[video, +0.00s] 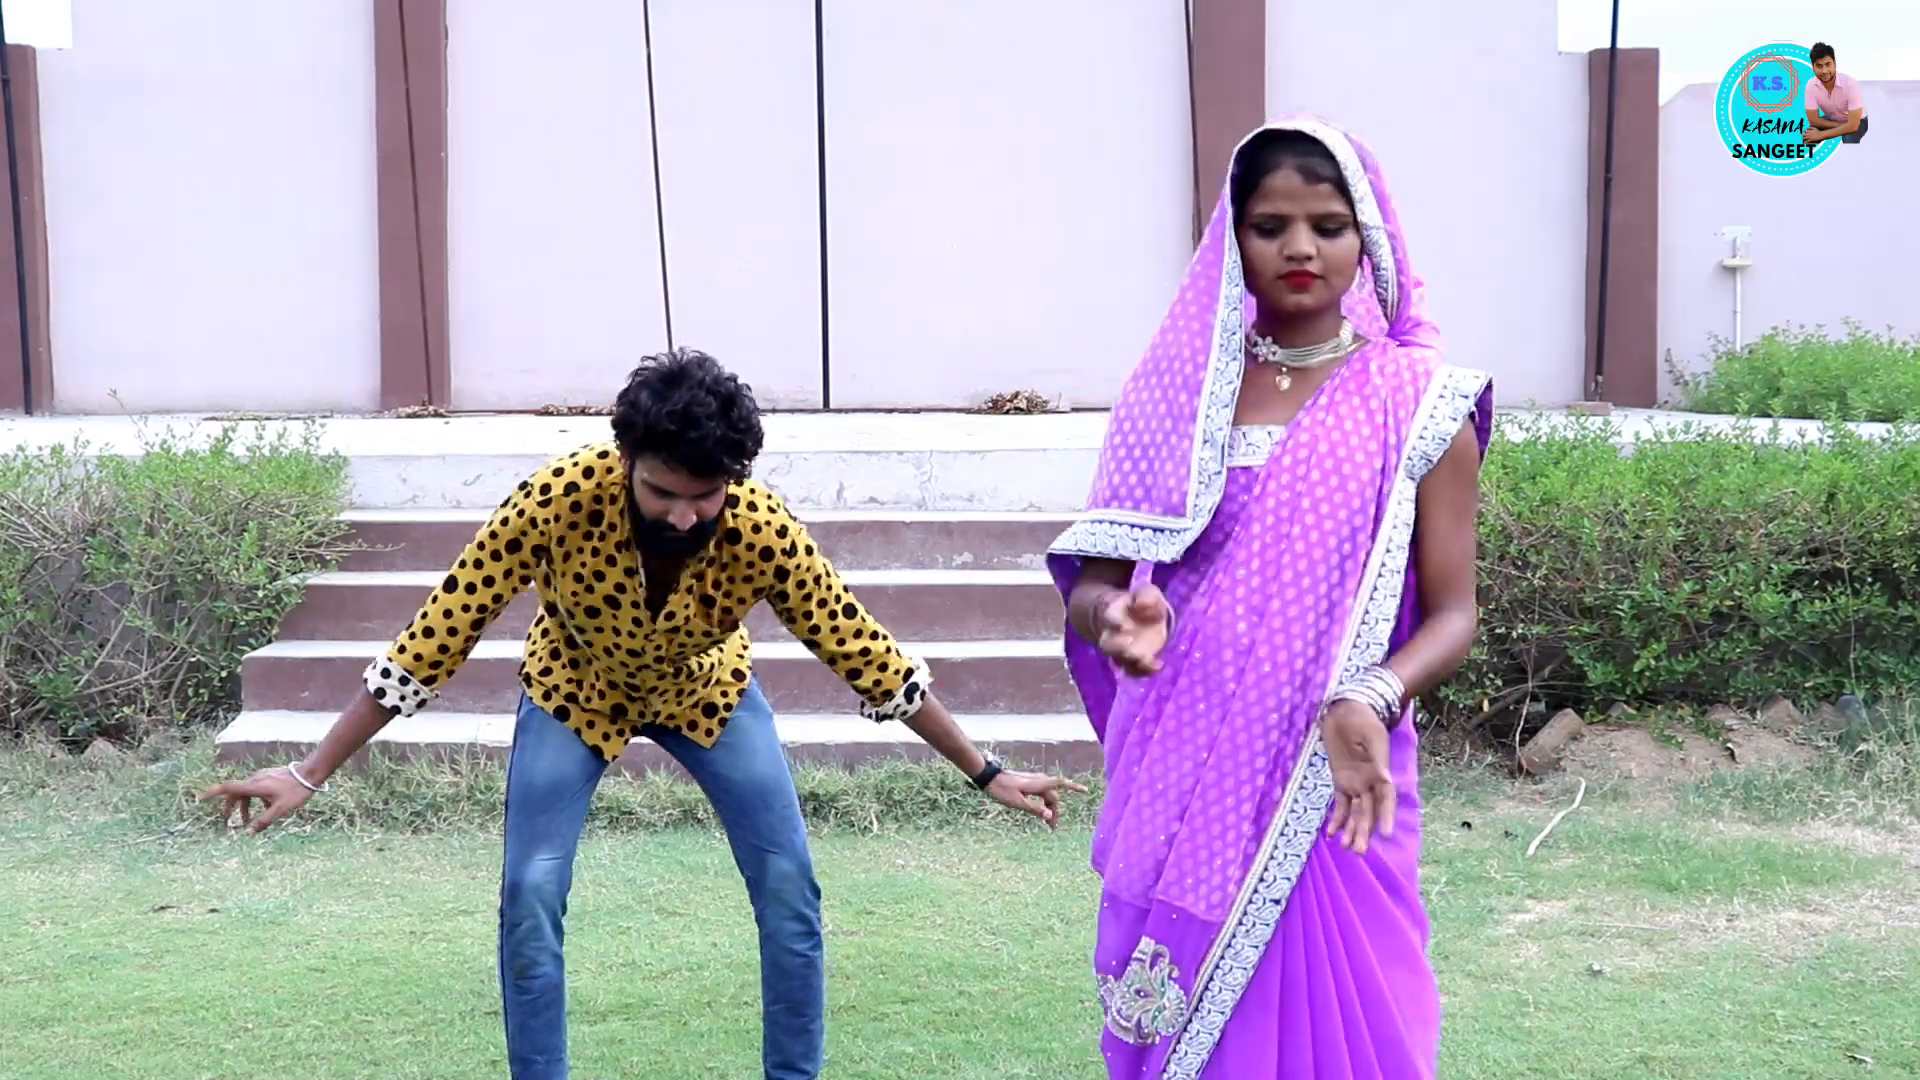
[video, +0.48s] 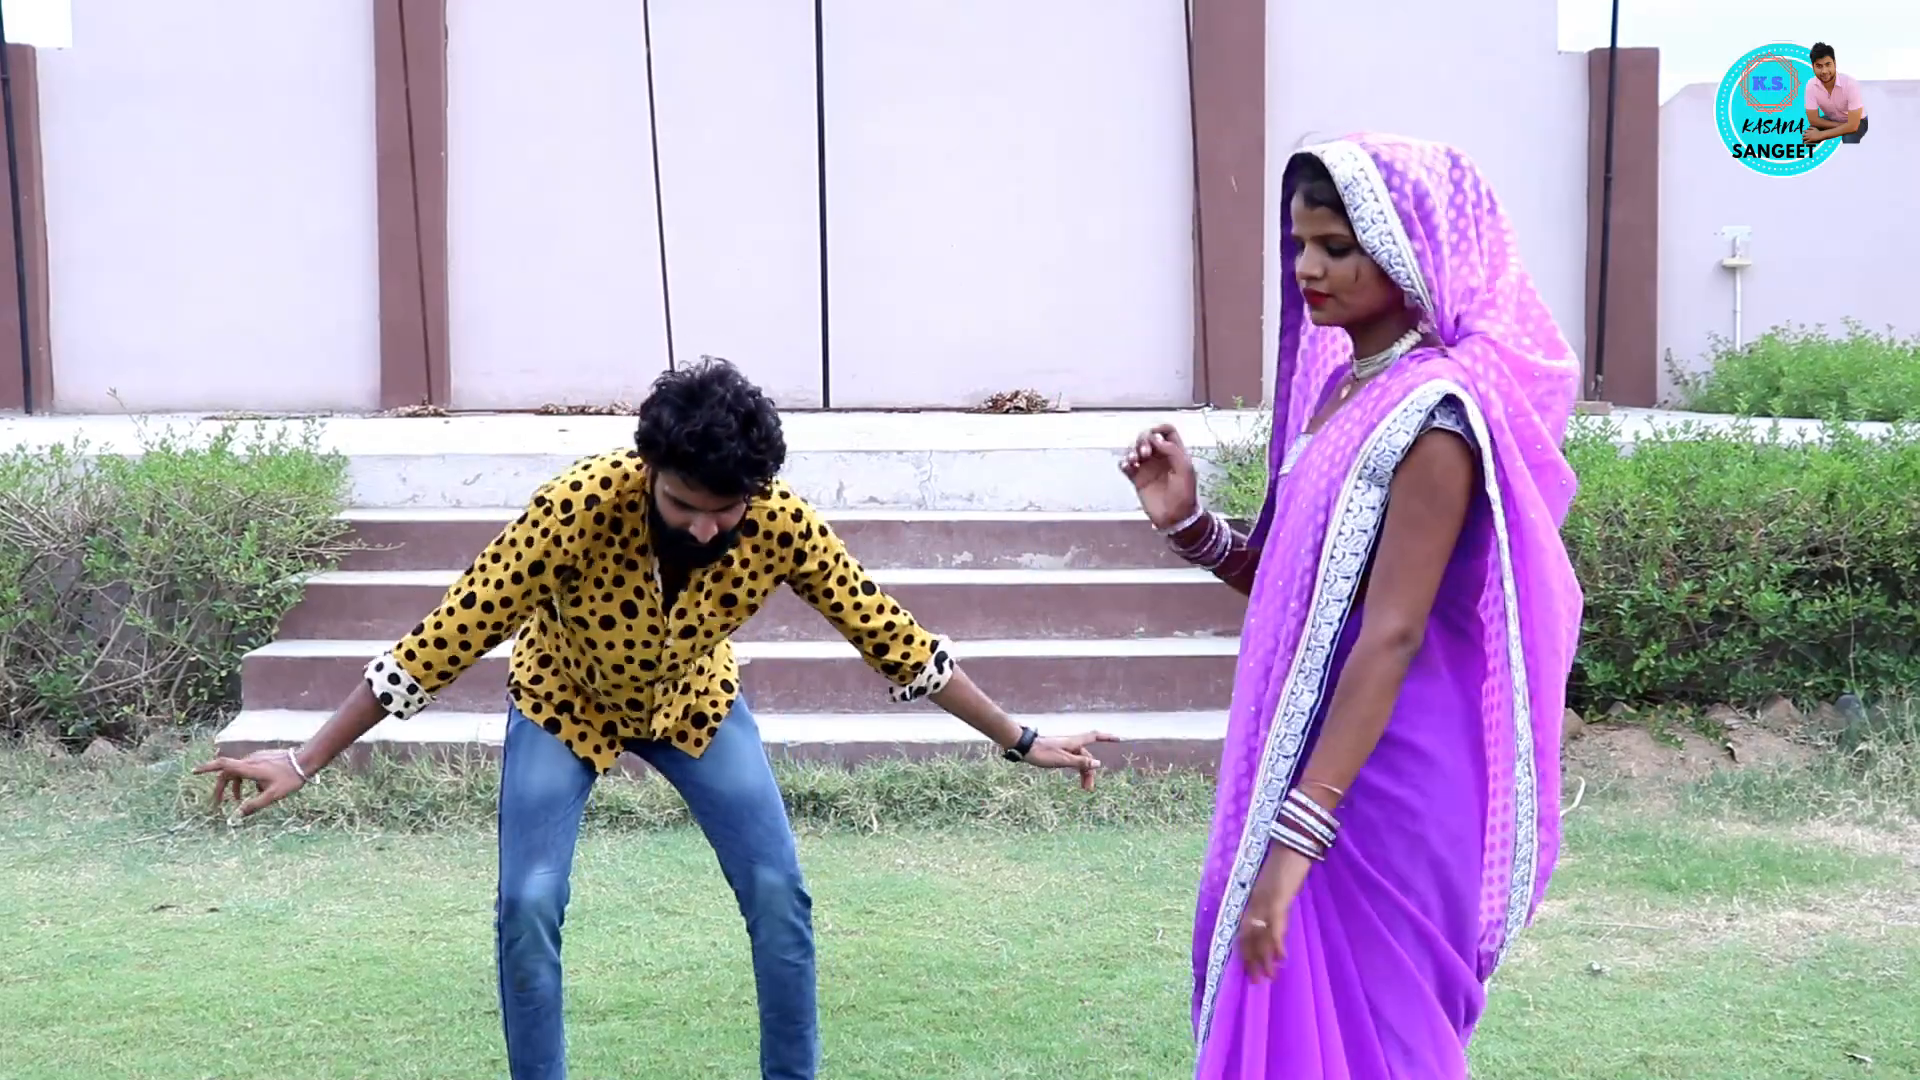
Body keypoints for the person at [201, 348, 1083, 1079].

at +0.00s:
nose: (687, 512)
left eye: (707, 494)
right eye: (666, 490)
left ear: (735, 473)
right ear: (626, 458)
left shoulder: (760, 525)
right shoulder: (562, 499)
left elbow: (864, 651)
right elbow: (439, 635)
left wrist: (985, 771)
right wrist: (312, 772)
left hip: (706, 683)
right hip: (574, 683)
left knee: (790, 875)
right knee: (532, 886)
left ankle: (798, 1065)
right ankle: (539, 1070)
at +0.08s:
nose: (691, 514)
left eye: (712, 496)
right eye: (672, 493)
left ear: (745, 472)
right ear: (636, 457)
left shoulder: (773, 504)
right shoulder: (576, 501)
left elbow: (868, 628)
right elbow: (436, 617)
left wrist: (980, 744)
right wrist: (269, 734)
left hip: (698, 674)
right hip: (569, 675)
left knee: (774, 873)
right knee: (534, 884)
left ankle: (793, 1074)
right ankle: (539, 1079)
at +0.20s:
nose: (687, 508)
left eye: (709, 490)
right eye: (668, 487)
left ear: (748, 463)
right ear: (635, 449)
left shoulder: (775, 483)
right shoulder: (579, 505)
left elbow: (867, 597)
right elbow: (429, 609)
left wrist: (980, 713)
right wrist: (254, 698)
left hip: (690, 668)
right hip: (561, 668)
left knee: (763, 876)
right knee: (538, 888)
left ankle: (789, 1066)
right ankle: (538, 1071)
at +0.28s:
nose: (696, 506)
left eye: (717, 487)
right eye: (677, 485)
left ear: (750, 461)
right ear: (637, 445)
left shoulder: (777, 490)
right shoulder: (573, 496)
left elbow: (872, 606)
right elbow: (432, 610)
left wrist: (984, 717)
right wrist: (268, 715)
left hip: (690, 668)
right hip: (564, 669)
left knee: (764, 864)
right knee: (538, 884)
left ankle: (789, 1066)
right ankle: (539, 1073)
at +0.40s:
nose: (690, 516)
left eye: (711, 501)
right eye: (672, 494)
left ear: (744, 479)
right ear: (638, 457)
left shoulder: (765, 526)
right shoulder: (569, 493)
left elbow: (874, 639)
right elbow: (450, 630)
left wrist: (1006, 741)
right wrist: (326, 761)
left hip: (696, 691)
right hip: (561, 691)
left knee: (782, 880)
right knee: (529, 900)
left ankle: (794, 1068)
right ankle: (539, 1073)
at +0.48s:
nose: (711, 527)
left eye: (732, 512)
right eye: (692, 506)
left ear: (759, 485)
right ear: (651, 467)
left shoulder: (776, 520)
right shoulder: (579, 508)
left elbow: (885, 633)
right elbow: (449, 634)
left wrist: (1019, 738)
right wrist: (307, 759)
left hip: (694, 694)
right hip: (560, 695)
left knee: (777, 886)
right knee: (529, 904)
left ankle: (793, 1070)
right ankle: (539, 1076)